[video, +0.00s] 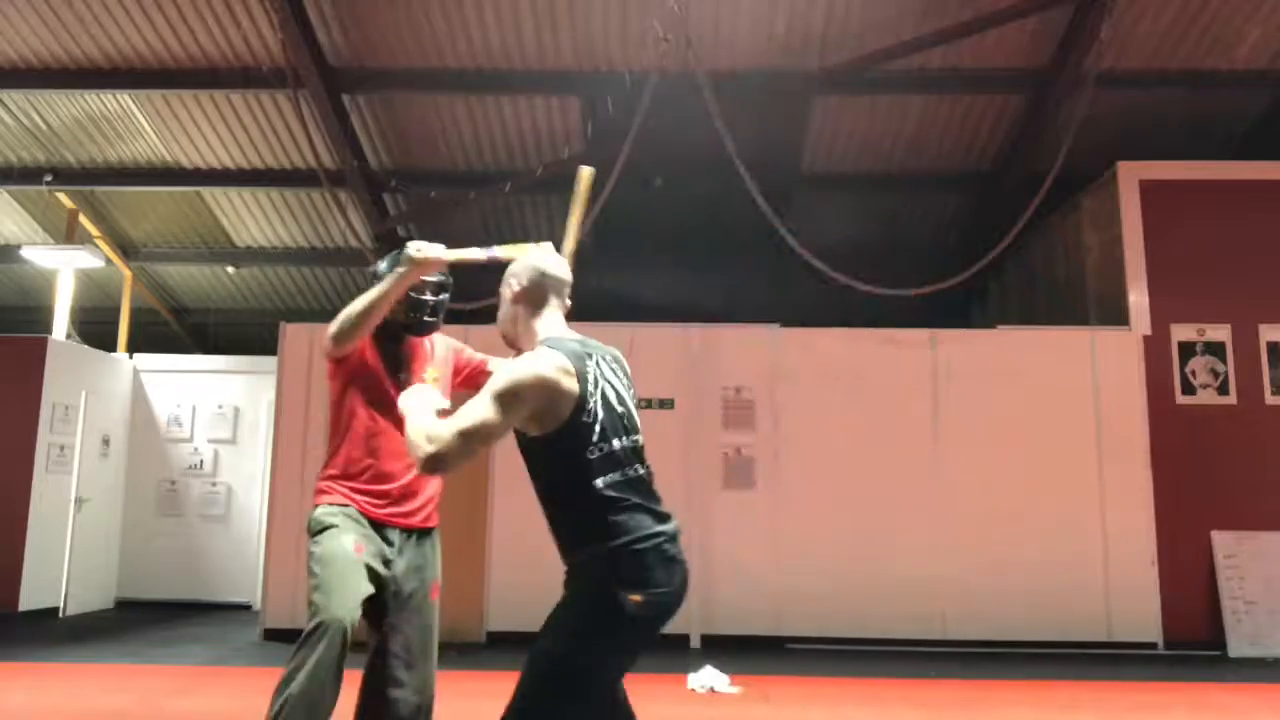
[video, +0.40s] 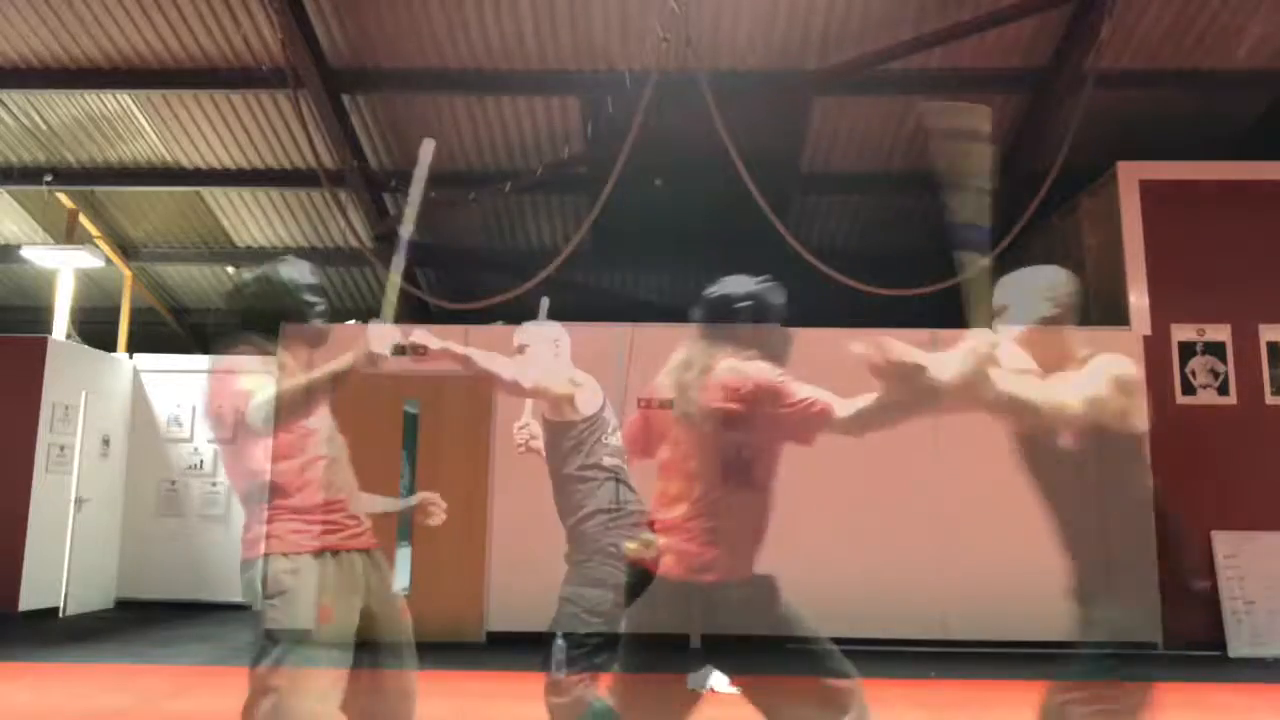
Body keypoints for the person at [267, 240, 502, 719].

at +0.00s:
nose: (428, 296)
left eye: (437, 286)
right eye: (413, 285)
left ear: (445, 295)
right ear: (384, 292)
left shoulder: (446, 351)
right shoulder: (355, 344)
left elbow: (513, 380)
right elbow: (338, 340)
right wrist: (405, 271)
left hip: (416, 530)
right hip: (348, 511)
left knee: (410, 687)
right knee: (336, 618)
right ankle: (290, 714)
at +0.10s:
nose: (420, 295)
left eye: (425, 285)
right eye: (408, 284)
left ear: (431, 292)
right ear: (373, 290)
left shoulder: (424, 351)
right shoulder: (337, 340)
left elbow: (482, 378)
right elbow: (310, 350)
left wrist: (544, 368)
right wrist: (365, 278)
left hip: (407, 532)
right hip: (337, 516)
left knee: (404, 678)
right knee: (327, 625)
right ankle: (292, 715)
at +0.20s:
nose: (395, 290)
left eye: (398, 279)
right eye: (384, 277)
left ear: (396, 290)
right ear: (353, 284)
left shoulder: (389, 356)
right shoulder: (309, 339)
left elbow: (411, 423)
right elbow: (283, 378)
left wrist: (479, 407)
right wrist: (340, 299)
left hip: (392, 539)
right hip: (323, 535)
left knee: (395, 692)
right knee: (298, 668)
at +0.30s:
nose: (361, 312)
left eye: (362, 307)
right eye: (353, 300)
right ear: (328, 298)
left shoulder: (348, 372)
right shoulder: (288, 343)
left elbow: (360, 468)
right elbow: (281, 380)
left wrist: (434, 465)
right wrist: (345, 322)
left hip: (368, 556)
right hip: (304, 556)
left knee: (391, 704)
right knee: (280, 702)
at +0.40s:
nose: (322, 320)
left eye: (322, 310)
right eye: (310, 309)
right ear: (279, 315)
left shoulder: (313, 396)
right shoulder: (238, 367)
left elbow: (342, 499)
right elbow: (255, 414)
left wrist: (405, 507)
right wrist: (350, 364)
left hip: (357, 556)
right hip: (296, 559)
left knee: (390, 703)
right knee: (300, 705)